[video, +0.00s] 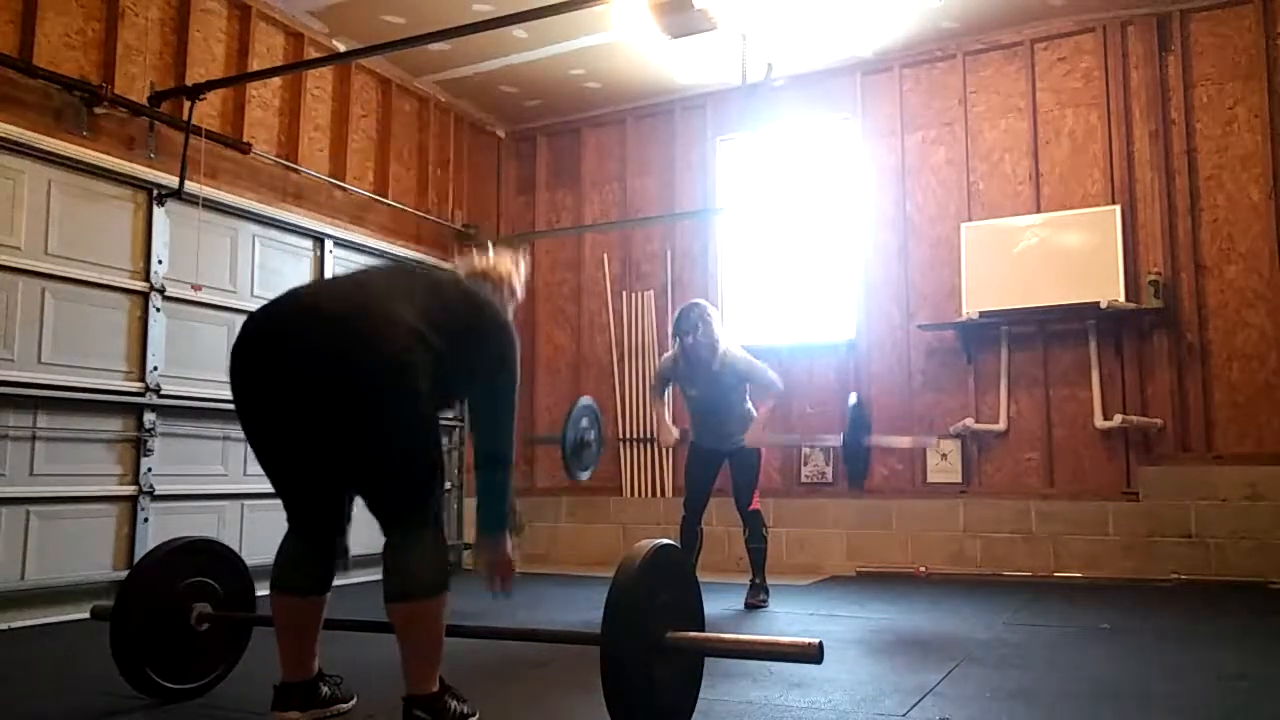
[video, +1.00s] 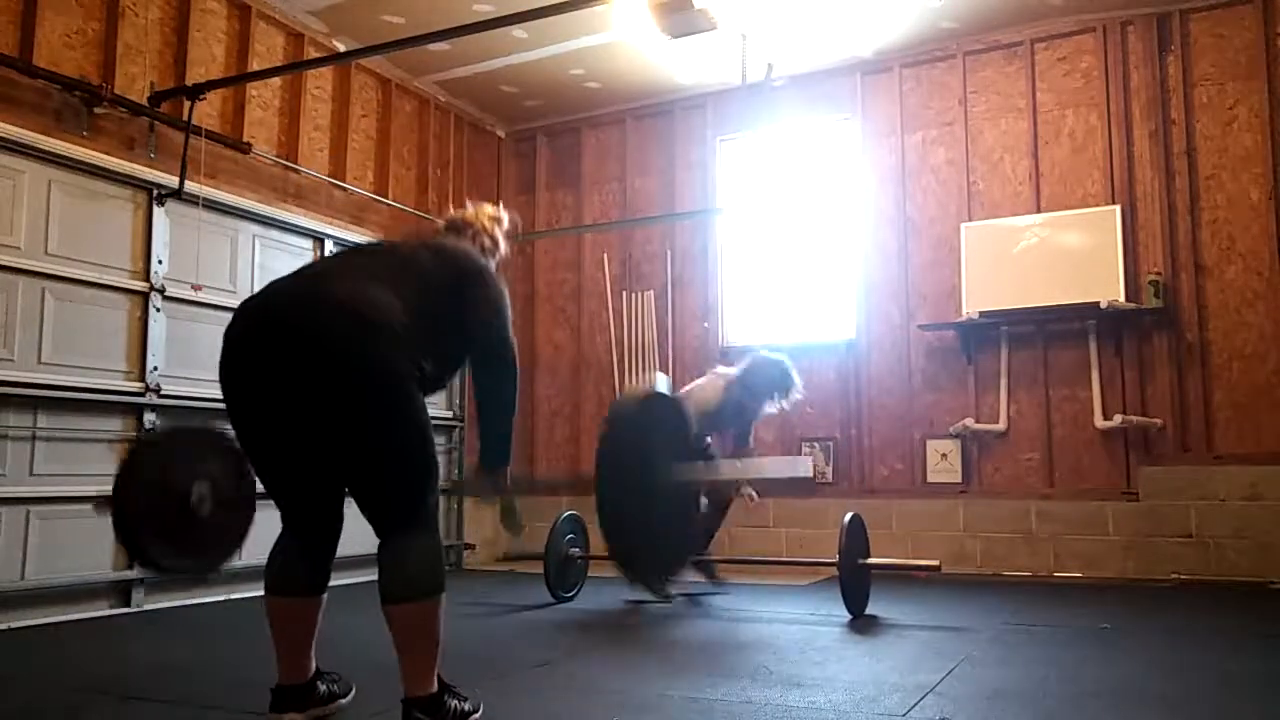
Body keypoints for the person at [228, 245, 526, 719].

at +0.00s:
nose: (513, 313)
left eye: (514, 304)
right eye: (515, 303)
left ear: (464, 276)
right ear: (508, 296)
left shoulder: (407, 284)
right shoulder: (492, 328)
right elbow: (493, 449)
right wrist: (494, 538)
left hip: (266, 351)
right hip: (373, 371)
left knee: (314, 521)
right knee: (413, 529)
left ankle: (297, 686)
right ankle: (424, 696)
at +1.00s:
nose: (494, 267)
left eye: (494, 259)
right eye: (493, 259)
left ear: (442, 234)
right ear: (485, 252)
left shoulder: (385, 254)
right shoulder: (475, 275)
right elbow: (497, 366)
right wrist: (494, 472)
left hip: (255, 345)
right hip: (357, 362)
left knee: (308, 518)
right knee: (407, 524)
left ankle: (294, 685)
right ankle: (424, 696)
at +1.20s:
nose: (500, 250)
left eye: (502, 242)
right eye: (501, 241)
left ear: (455, 205)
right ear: (493, 227)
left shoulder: (388, 227)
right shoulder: (480, 241)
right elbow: (491, 374)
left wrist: (236, 386)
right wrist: (480, 379)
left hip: (263, 355)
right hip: (362, 370)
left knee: (313, 518)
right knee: (406, 525)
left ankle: (293, 683)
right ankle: (421, 695)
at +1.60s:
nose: (493, 260)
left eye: (496, 252)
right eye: (493, 250)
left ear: (449, 221)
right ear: (478, 233)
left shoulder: (389, 247)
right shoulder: (472, 265)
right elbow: (494, 349)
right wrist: (497, 441)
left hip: (254, 346)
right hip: (351, 365)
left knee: (309, 518)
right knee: (399, 528)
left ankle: (294, 685)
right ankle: (420, 695)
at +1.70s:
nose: (495, 289)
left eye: (494, 277)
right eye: (496, 277)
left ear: (438, 257)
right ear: (488, 272)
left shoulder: (392, 280)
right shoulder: (475, 302)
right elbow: (491, 404)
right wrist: (500, 500)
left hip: (249, 361)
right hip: (353, 374)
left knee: (320, 519)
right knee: (411, 525)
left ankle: (297, 686)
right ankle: (425, 697)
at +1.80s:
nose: (495, 327)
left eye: (497, 318)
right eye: (496, 317)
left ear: (442, 294)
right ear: (488, 307)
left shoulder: (394, 319)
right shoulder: (473, 337)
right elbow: (492, 451)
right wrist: (500, 547)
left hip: (245, 384)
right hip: (349, 395)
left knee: (331, 521)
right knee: (422, 528)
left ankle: (298, 686)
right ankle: (426, 696)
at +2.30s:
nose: (505, 279)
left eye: (507, 268)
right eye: (506, 267)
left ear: (461, 242)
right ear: (497, 260)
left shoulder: (406, 268)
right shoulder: (475, 289)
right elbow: (466, 392)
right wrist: (451, 486)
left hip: (251, 358)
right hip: (340, 374)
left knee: (320, 518)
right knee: (405, 521)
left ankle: (297, 684)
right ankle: (422, 696)